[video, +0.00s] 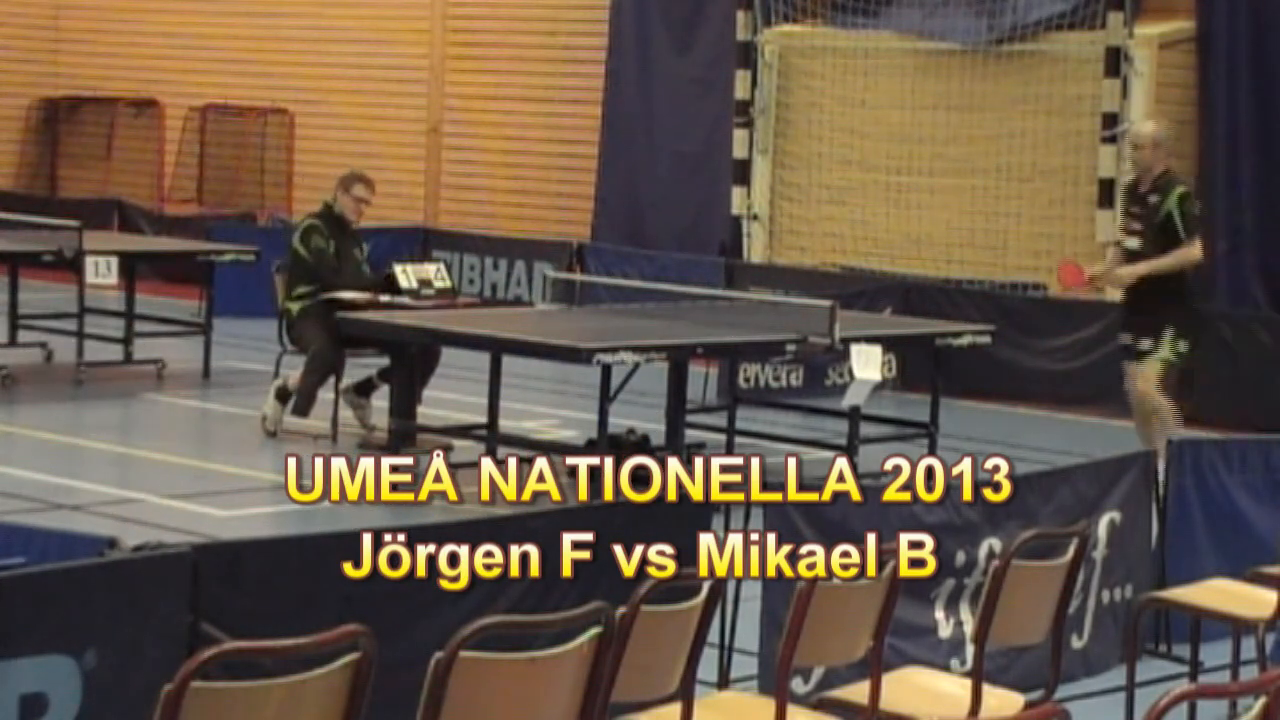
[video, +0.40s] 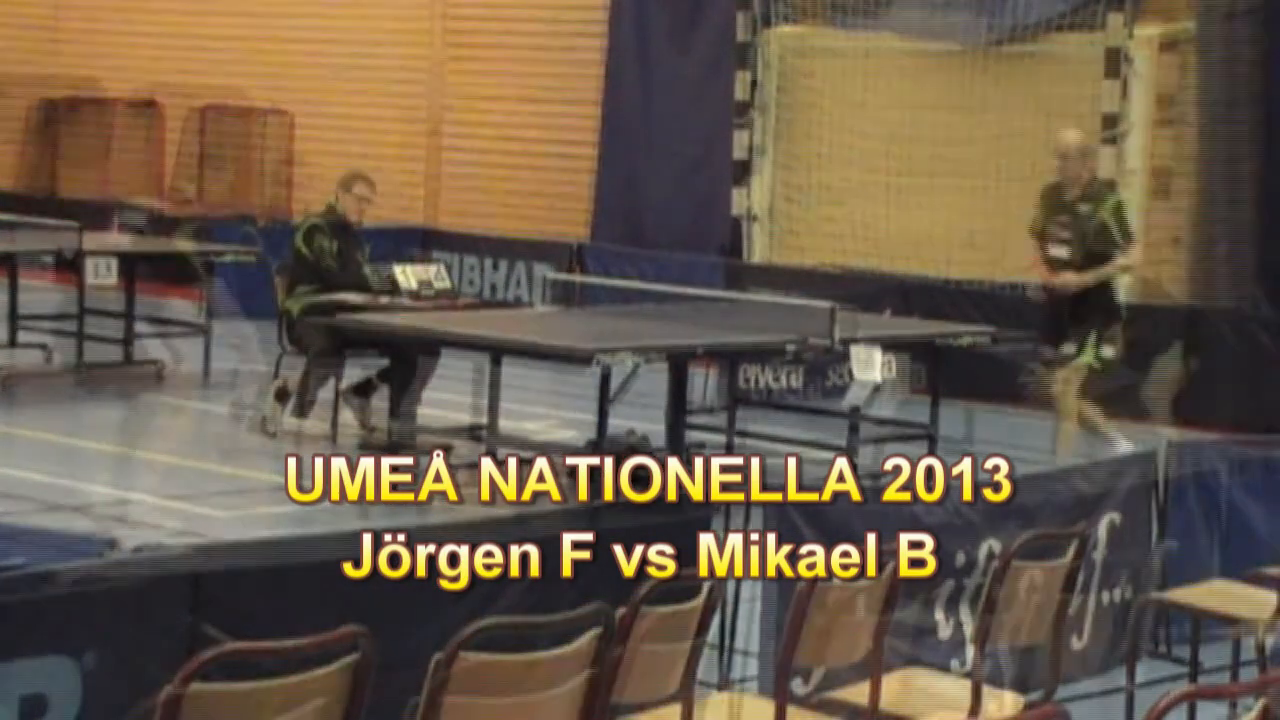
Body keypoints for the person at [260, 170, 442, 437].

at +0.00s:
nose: (362, 210)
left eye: (366, 204)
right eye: (357, 201)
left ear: (368, 205)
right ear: (339, 194)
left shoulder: (354, 238)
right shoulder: (312, 228)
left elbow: (363, 282)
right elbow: (334, 277)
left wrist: (398, 280)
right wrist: (377, 283)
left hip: (350, 313)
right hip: (310, 312)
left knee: (425, 350)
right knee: (328, 354)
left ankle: (361, 391)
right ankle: (283, 392)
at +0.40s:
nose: (363, 208)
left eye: (367, 202)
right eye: (358, 199)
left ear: (370, 204)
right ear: (340, 195)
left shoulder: (355, 238)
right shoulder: (313, 229)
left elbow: (365, 281)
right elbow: (334, 276)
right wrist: (371, 286)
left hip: (350, 318)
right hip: (310, 316)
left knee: (419, 350)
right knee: (328, 349)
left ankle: (362, 391)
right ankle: (299, 395)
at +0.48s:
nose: (302, 196)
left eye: (309, 189)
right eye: (296, 188)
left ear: (317, 192)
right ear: (284, 190)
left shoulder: (321, 234)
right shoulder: (264, 236)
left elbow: (345, 278)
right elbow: (257, 296)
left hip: (329, 323)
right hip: (281, 324)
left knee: (409, 355)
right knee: (306, 356)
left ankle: (343, 402)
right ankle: (275, 403)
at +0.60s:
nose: (309, 199)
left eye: (316, 192)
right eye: (303, 191)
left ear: (325, 196)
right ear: (291, 193)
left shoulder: (331, 240)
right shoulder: (270, 239)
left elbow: (346, 290)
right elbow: (263, 300)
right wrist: (312, 316)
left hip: (335, 325)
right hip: (293, 325)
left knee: (409, 359)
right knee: (303, 367)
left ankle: (346, 403)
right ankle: (255, 409)